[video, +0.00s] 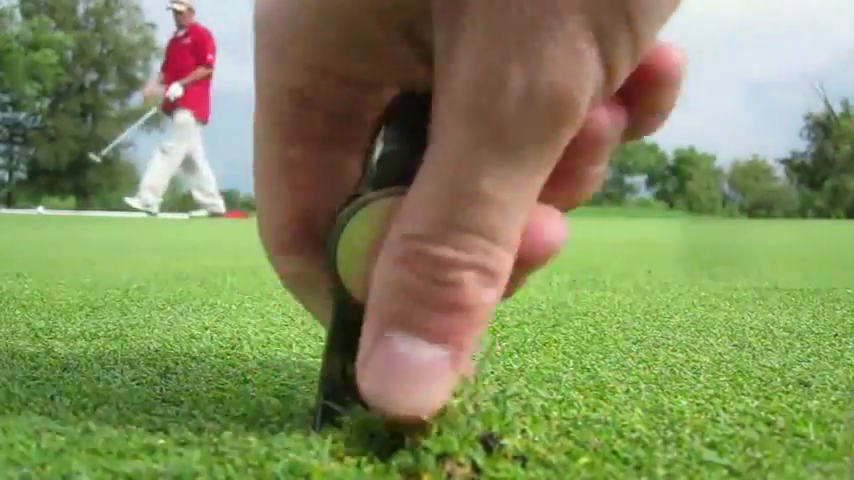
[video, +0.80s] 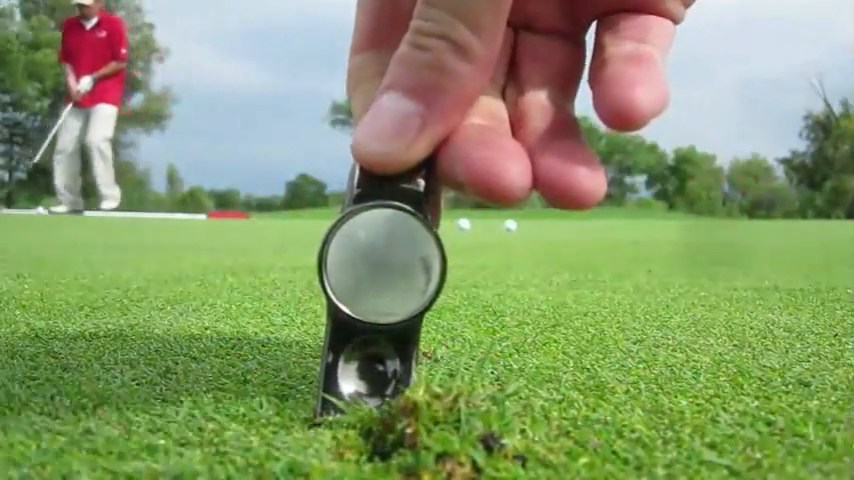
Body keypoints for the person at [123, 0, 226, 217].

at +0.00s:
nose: (177, 17)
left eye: (180, 12)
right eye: (175, 13)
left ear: (191, 13)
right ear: (174, 14)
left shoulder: (201, 35)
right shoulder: (174, 40)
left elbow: (206, 68)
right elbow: (167, 71)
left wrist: (180, 84)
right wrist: (155, 85)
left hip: (192, 103)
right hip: (175, 102)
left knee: (169, 150)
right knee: (192, 157)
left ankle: (148, 199)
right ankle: (212, 203)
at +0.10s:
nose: (164, 15)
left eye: (168, 11)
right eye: (162, 11)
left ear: (179, 11)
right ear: (160, 13)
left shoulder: (189, 34)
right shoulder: (159, 39)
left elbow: (194, 68)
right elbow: (152, 68)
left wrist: (166, 82)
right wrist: (145, 83)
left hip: (177, 98)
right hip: (161, 98)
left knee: (158, 149)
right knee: (172, 153)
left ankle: (143, 201)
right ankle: (201, 195)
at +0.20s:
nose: (152, 13)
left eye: (156, 9)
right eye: (149, 9)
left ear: (167, 8)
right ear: (147, 10)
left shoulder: (177, 32)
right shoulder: (147, 36)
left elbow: (181, 67)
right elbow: (139, 64)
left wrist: (151, 80)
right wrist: (132, 83)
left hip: (165, 97)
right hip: (147, 96)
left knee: (146, 148)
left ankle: (142, 200)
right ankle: (172, 183)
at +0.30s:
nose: (140, 9)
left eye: (144, 5)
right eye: (138, 6)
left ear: (155, 5)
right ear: (135, 8)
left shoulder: (166, 29)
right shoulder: (135, 32)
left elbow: (168, 64)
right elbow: (129, 62)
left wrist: (139, 76)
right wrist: (122, 79)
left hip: (152, 97)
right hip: (132, 97)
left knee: (142, 148)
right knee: (114, 145)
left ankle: (141, 201)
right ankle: (138, 192)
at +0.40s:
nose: (128, 6)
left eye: (132, 3)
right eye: (126, 3)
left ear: (143, 4)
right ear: (123, 5)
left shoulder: (153, 26)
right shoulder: (122, 29)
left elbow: (159, 61)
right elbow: (116, 59)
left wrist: (128, 73)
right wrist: (110, 77)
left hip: (141, 98)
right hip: (119, 98)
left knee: (138, 150)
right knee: (102, 146)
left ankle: (140, 201)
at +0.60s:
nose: (102, 12)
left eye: (105, 7)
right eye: (99, 7)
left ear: (116, 6)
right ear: (96, 8)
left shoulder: (130, 27)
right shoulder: (91, 30)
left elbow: (137, 62)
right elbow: (87, 61)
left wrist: (107, 76)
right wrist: (86, 78)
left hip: (120, 97)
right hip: (95, 97)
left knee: (120, 150)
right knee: (82, 149)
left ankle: (137, 201)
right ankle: (71, 200)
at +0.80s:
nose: (82, 10)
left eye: (87, 6)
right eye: (80, 6)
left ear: (99, 4)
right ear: (77, 6)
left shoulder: (113, 24)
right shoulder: (70, 25)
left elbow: (120, 61)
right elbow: (66, 60)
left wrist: (91, 78)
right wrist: (72, 83)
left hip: (105, 94)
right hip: (78, 94)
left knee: (96, 140)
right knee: (64, 147)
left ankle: (109, 198)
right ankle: (70, 201)